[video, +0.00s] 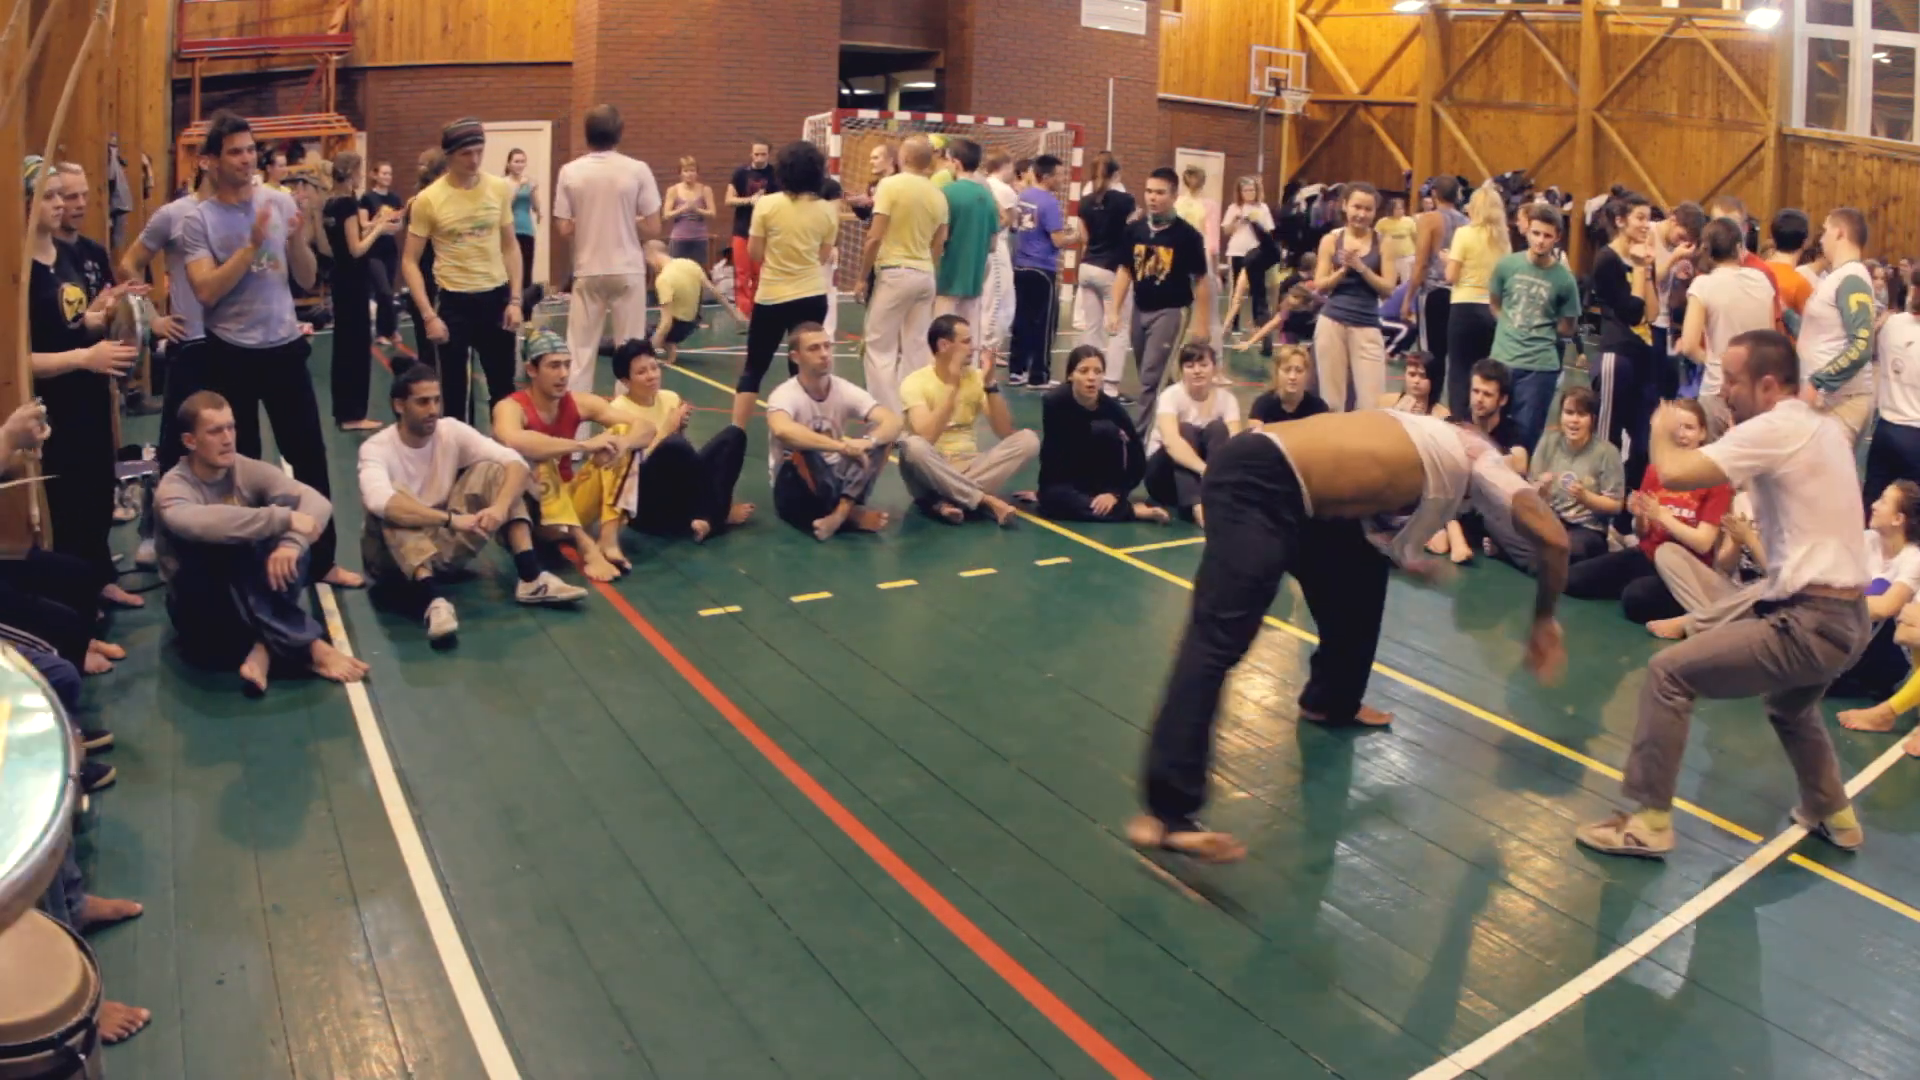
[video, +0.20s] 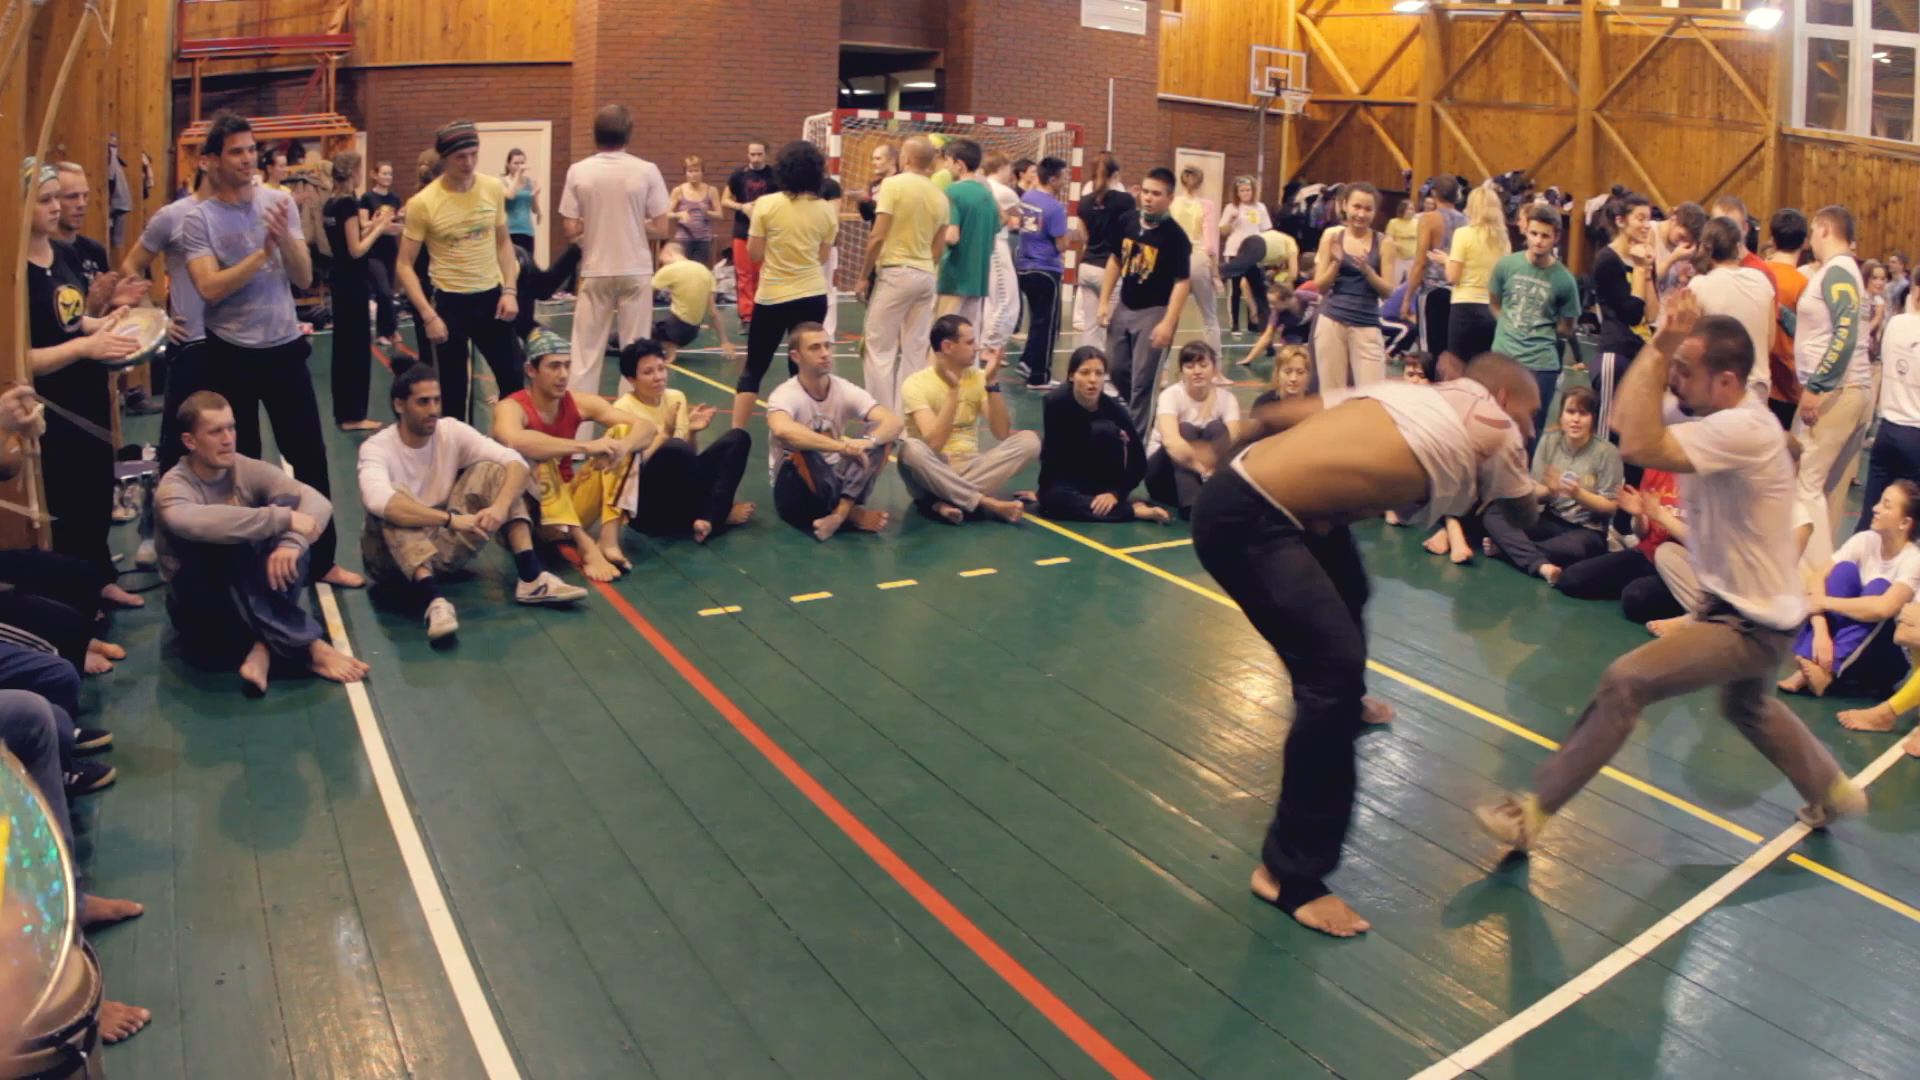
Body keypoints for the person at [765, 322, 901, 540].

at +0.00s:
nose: (824, 355)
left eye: (827, 347)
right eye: (814, 349)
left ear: (832, 349)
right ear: (795, 356)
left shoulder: (841, 388)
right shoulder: (785, 394)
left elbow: (892, 421)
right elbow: (782, 430)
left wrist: (870, 441)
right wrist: (841, 447)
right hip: (797, 495)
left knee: (881, 440)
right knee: (803, 453)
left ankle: (840, 513)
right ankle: (850, 512)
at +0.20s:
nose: (825, 354)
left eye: (827, 347)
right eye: (815, 348)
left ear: (832, 348)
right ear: (795, 356)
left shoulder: (842, 389)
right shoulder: (785, 394)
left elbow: (893, 422)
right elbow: (782, 431)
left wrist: (869, 441)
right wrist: (841, 446)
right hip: (797, 499)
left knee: (881, 438)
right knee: (804, 453)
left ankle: (840, 513)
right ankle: (851, 512)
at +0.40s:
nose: (823, 354)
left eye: (825, 346)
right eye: (813, 348)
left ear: (830, 349)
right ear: (794, 355)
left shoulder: (842, 389)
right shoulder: (784, 394)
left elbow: (893, 422)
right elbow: (782, 431)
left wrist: (869, 441)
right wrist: (841, 446)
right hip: (797, 500)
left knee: (877, 431)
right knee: (804, 453)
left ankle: (840, 512)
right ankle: (851, 512)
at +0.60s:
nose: (821, 354)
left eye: (824, 346)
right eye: (811, 348)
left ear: (829, 348)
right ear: (793, 355)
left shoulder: (842, 389)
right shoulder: (784, 394)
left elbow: (893, 422)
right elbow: (781, 431)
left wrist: (869, 440)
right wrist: (841, 446)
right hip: (797, 500)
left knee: (877, 431)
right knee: (803, 452)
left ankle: (840, 512)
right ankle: (851, 511)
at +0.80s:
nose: (820, 354)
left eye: (823, 347)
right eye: (810, 348)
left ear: (828, 349)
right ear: (793, 355)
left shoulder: (842, 389)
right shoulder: (784, 394)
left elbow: (893, 422)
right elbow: (781, 431)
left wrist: (870, 440)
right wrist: (841, 446)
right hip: (797, 500)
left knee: (878, 430)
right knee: (804, 452)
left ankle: (840, 512)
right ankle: (852, 511)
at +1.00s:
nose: (820, 355)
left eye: (823, 347)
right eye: (810, 349)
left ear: (829, 349)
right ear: (793, 355)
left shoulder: (841, 389)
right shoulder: (784, 394)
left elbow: (889, 419)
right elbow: (781, 431)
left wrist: (870, 441)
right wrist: (840, 446)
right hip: (797, 496)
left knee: (876, 437)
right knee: (803, 456)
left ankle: (840, 513)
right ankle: (852, 512)